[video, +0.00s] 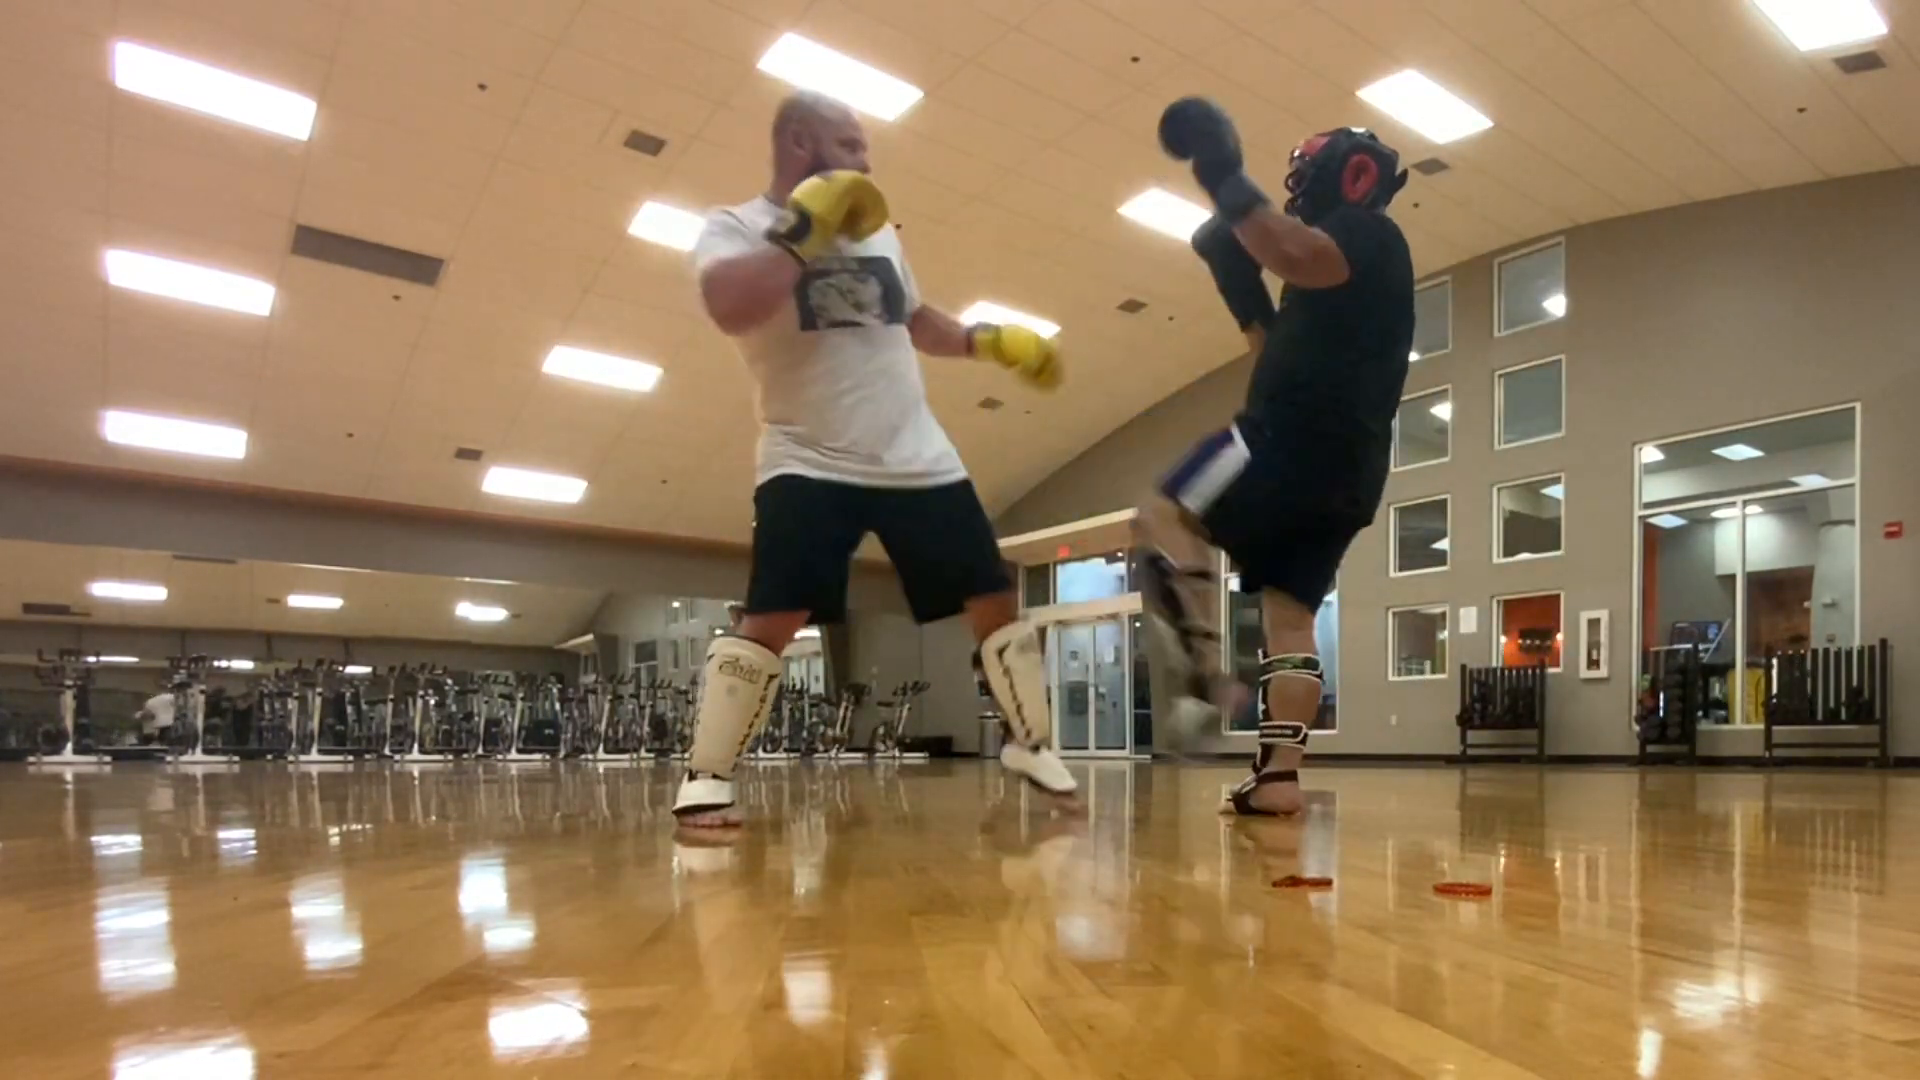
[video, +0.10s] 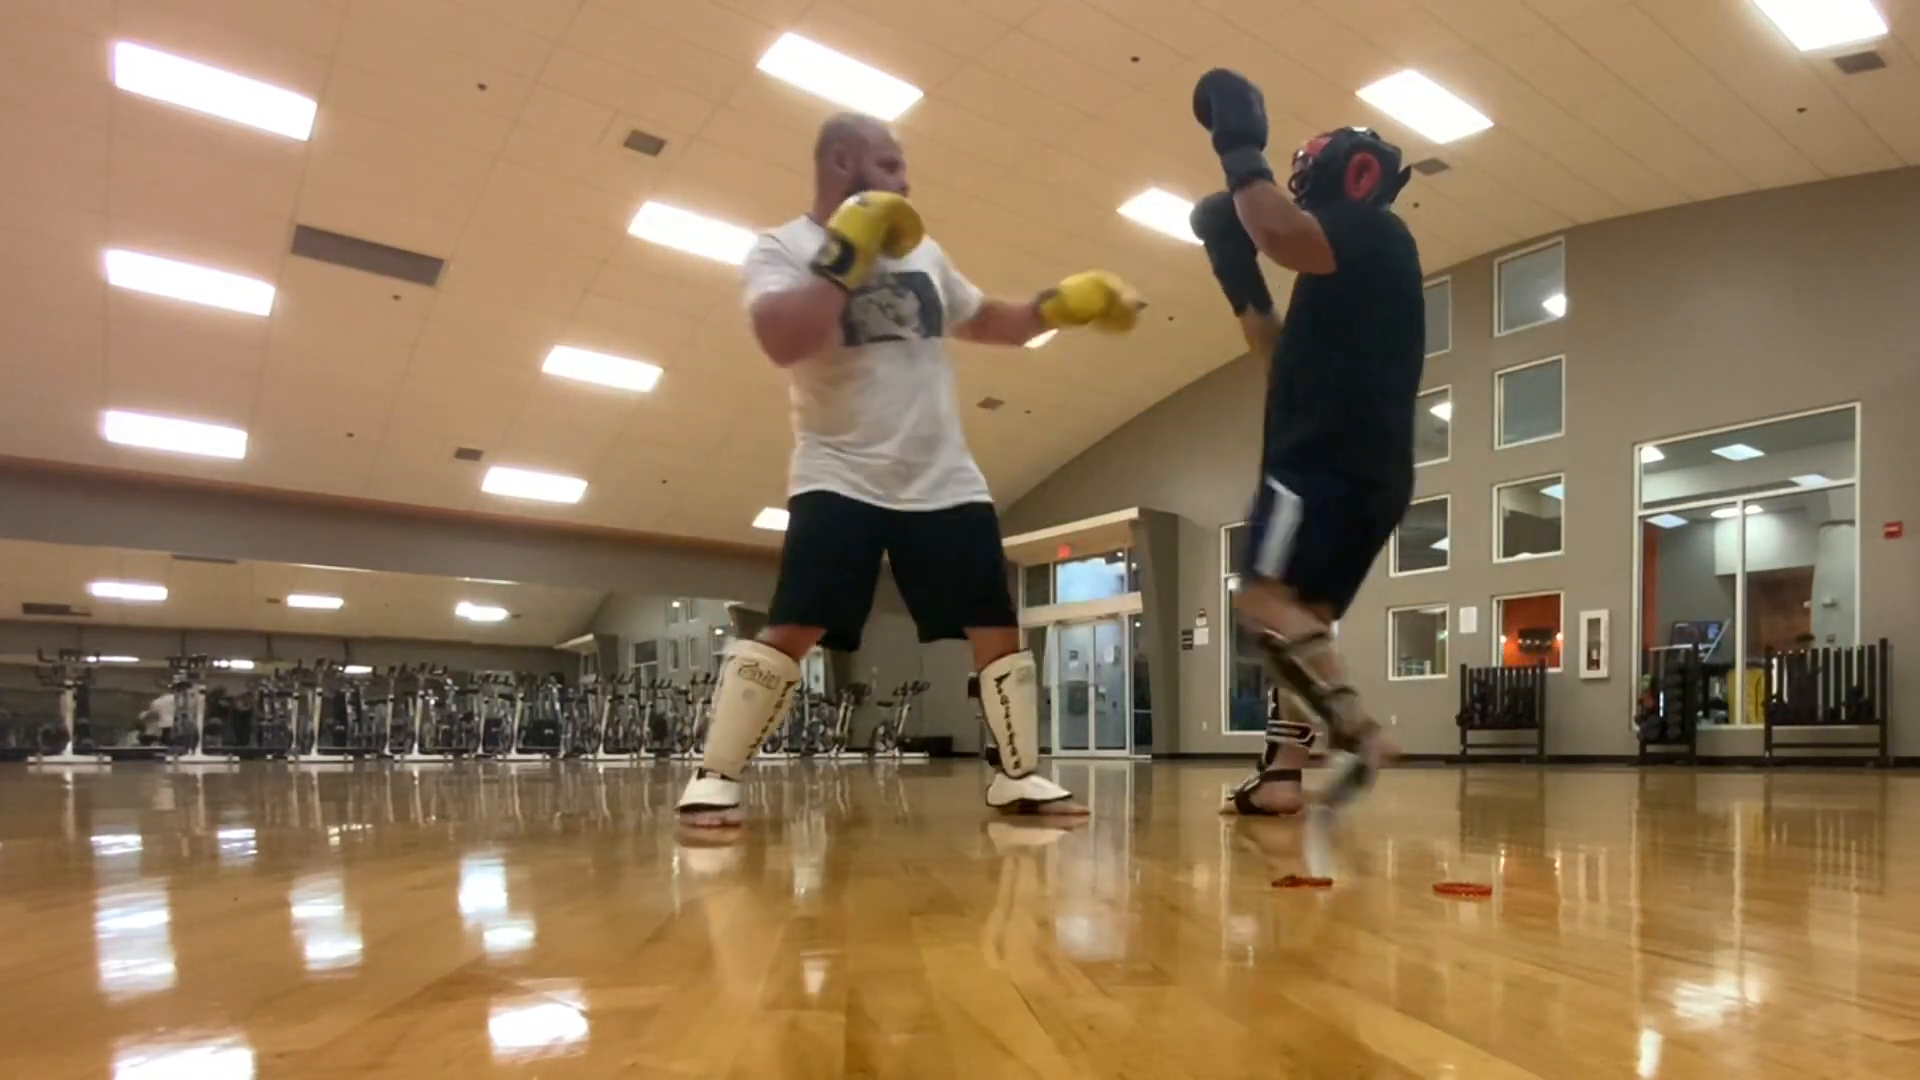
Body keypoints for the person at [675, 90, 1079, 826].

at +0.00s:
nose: (861, 163)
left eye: (865, 150)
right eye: (848, 147)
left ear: (863, 153)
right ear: (797, 143)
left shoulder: (878, 234)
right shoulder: (737, 229)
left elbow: (915, 319)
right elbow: (729, 306)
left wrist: (987, 341)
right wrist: (805, 234)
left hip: (915, 452)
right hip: (808, 456)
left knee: (991, 593)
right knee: (778, 609)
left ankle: (1033, 747)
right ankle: (706, 781)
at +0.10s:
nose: (899, 182)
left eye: (903, 170)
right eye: (887, 166)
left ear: (900, 173)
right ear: (838, 161)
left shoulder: (922, 257)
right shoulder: (783, 250)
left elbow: (986, 320)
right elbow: (783, 341)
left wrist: (1055, 304)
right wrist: (846, 254)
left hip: (941, 470)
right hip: (840, 469)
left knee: (991, 613)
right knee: (799, 619)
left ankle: (1016, 776)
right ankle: (716, 778)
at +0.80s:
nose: (946, 205)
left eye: (949, 198)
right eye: (937, 189)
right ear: (891, 170)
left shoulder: (931, 287)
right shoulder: (822, 229)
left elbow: (946, 382)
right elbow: (860, 296)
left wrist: (1014, 346)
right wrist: (926, 238)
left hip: (939, 475)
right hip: (846, 470)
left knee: (996, 611)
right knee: (826, 624)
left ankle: (1013, 754)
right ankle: (783, 779)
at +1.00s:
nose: (986, 233)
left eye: (992, 226)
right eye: (978, 213)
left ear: (981, 233)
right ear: (935, 197)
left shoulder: (966, 310)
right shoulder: (880, 246)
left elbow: (977, 408)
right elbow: (926, 322)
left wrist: (1037, 369)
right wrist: (985, 261)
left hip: (973, 495)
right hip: (889, 481)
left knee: (993, 631)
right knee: (851, 628)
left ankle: (999, 775)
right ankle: (787, 777)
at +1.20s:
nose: (1016, 233)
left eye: (1023, 225)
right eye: (1011, 215)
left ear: (1000, 224)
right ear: (971, 199)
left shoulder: (998, 310)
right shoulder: (914, 246)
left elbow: (1004, 411)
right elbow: (959, 319)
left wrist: (1060, 373)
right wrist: (1017, 255)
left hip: (997, 485)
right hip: (922, 466)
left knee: (1006, 623)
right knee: (903, 609)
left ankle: (997, 774)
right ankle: (826, 762)